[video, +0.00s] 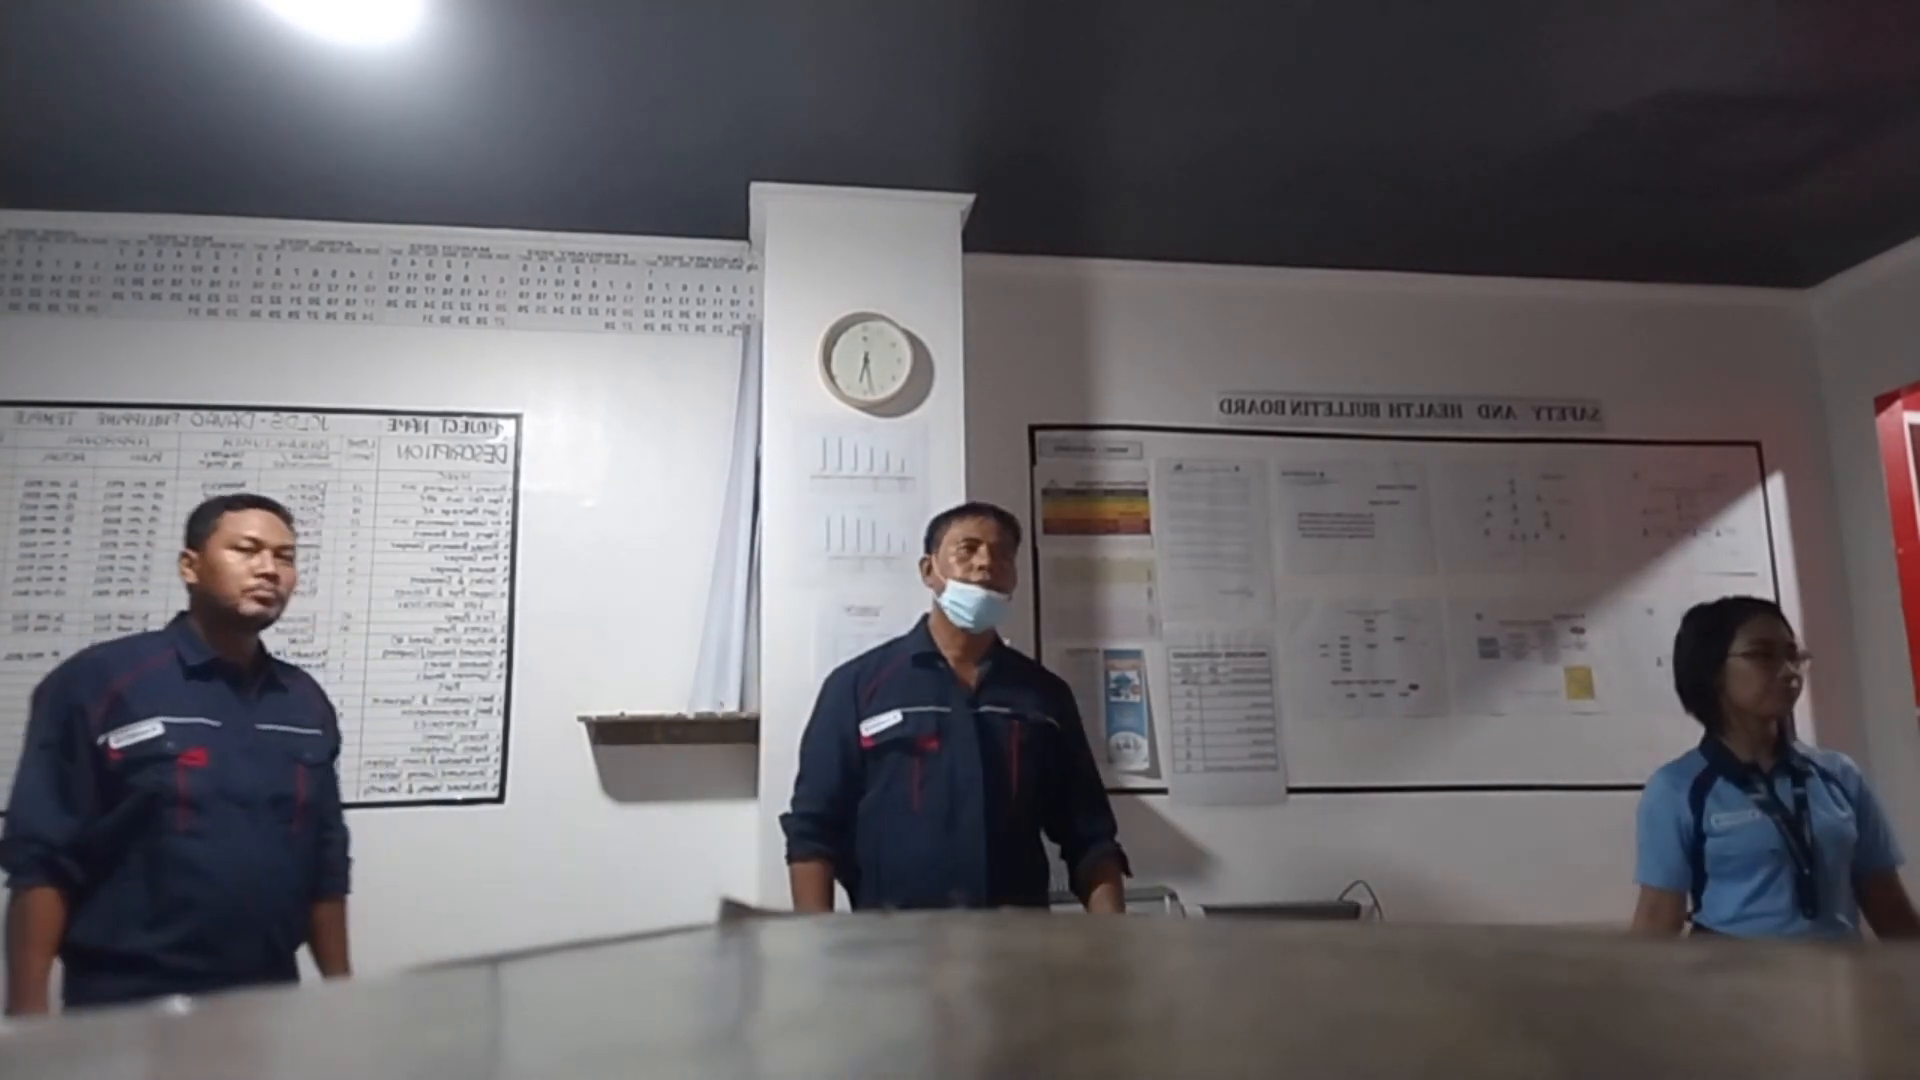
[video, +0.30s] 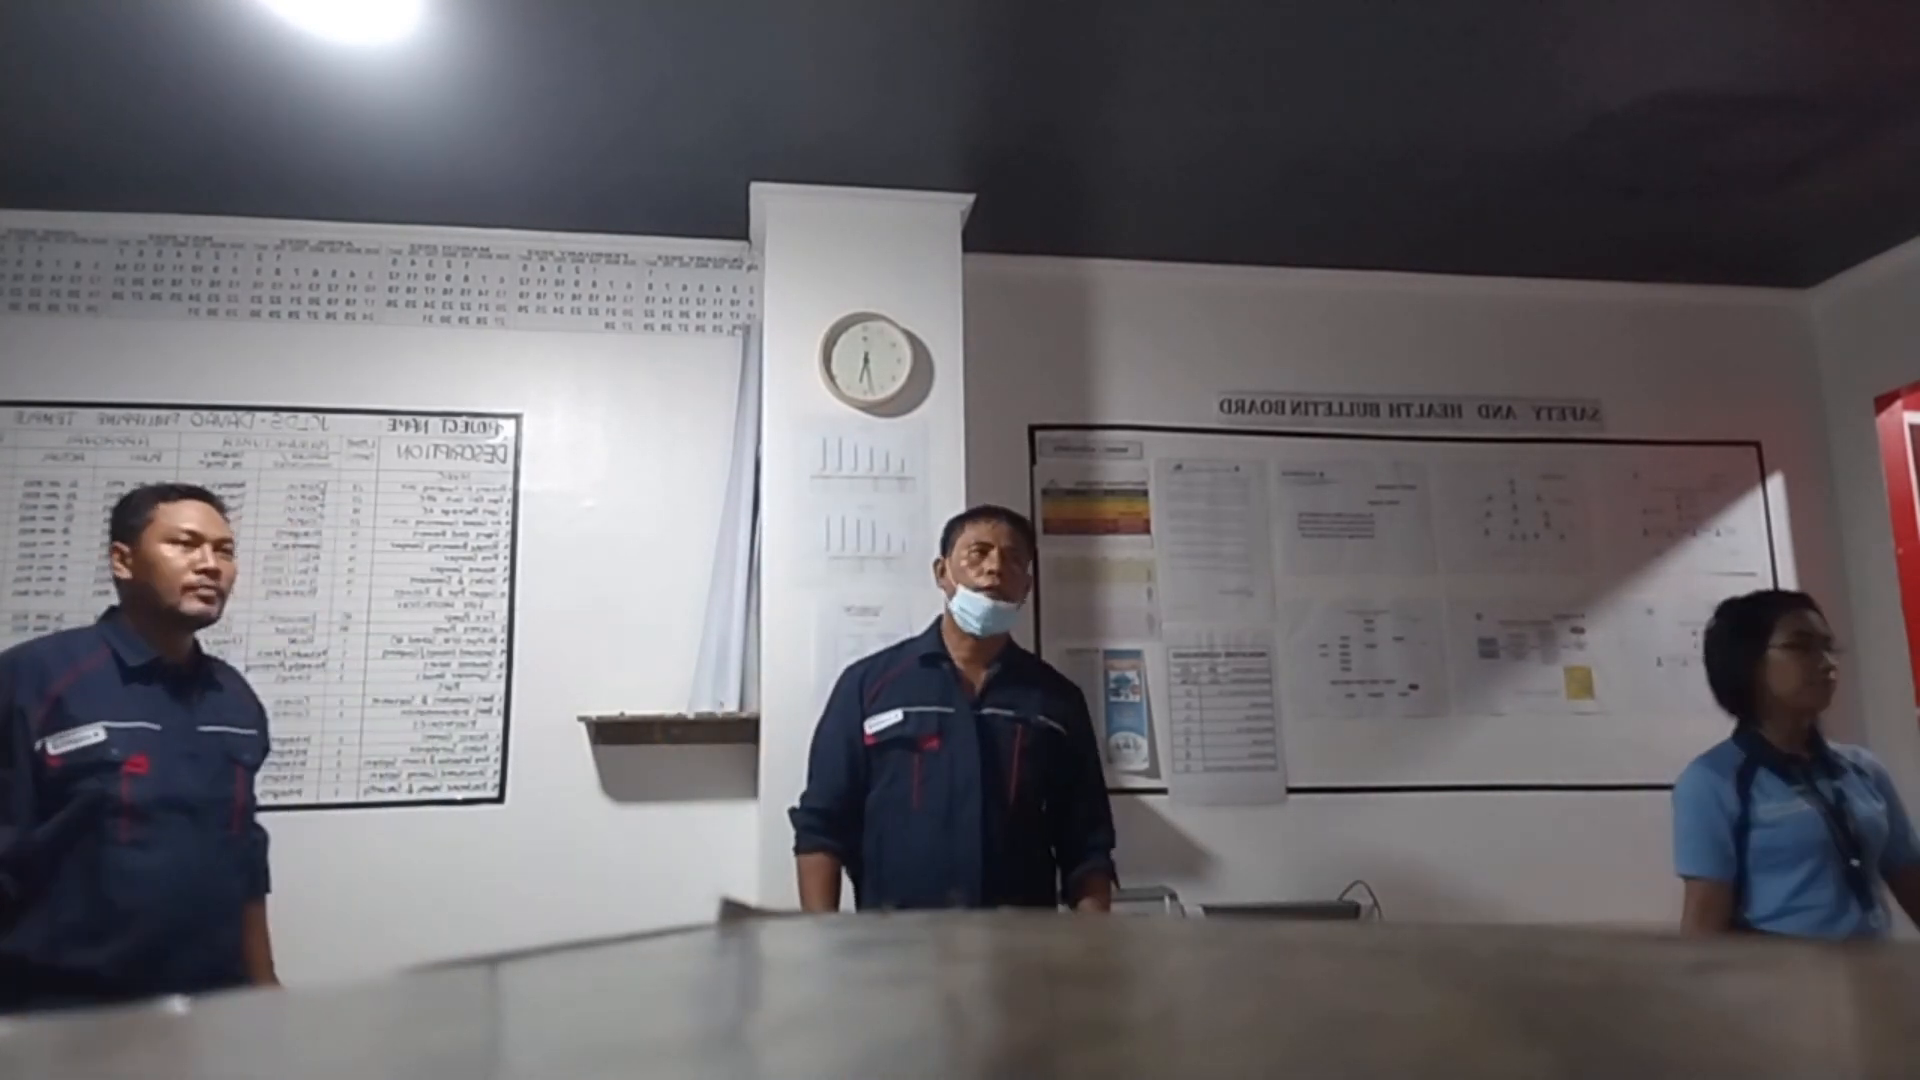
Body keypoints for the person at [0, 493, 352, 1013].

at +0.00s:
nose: (269, 569)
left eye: (283, 557)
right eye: (246, 549)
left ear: (295, 580)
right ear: (191, 567)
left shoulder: (306, 703)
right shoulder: (92, 685)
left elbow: (324, 868)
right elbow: (43, 864)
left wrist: (344, 1000)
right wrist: (28, 1026)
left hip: (264, 1012)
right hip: (123, 1014)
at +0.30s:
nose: (211, 564)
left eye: (224, 550)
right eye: (185, 543)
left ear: (234, 570)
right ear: (122, 560)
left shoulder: (238, 702)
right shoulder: (29, 680)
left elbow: (243, 861)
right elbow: (11, 849)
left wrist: (264, 990)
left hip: (205, 1017)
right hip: (58, 1021)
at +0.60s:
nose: (183, 562)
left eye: (195, 547)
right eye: (156, 540)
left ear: (207, 564)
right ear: (92, 556)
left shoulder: (213, 691)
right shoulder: (18, 674)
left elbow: (228, 858)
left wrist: (240, 997)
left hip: (187, 1017)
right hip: (45, 1020)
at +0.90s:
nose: (181, 567)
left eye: (194, 551)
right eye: (154, 545)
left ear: (204, 567)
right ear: (90, 559)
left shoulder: (222, 696)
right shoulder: (17, 680)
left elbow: (242, 860)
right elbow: (8, 853)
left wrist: (259, 998)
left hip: (190, 1018)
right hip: (47, 1022)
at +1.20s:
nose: (217, 566)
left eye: (229, 551)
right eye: (190, 547)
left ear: (242, 570)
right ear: (132, 567)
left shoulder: (258, 703)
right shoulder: (38, 690)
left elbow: (278, 857)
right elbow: (11, 857)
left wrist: (320, 989)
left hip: (215, 1011)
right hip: (71, 1017)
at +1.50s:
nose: (294, 575)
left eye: (308, 560)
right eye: (269, 557)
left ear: (322, 578)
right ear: (219, 576)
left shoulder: (340, 714)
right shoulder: (127, 689)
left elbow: (344, 880)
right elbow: (65, 852)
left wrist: (348, 1002)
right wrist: (30, 1002)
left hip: (301, 1018)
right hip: (161, 1018)